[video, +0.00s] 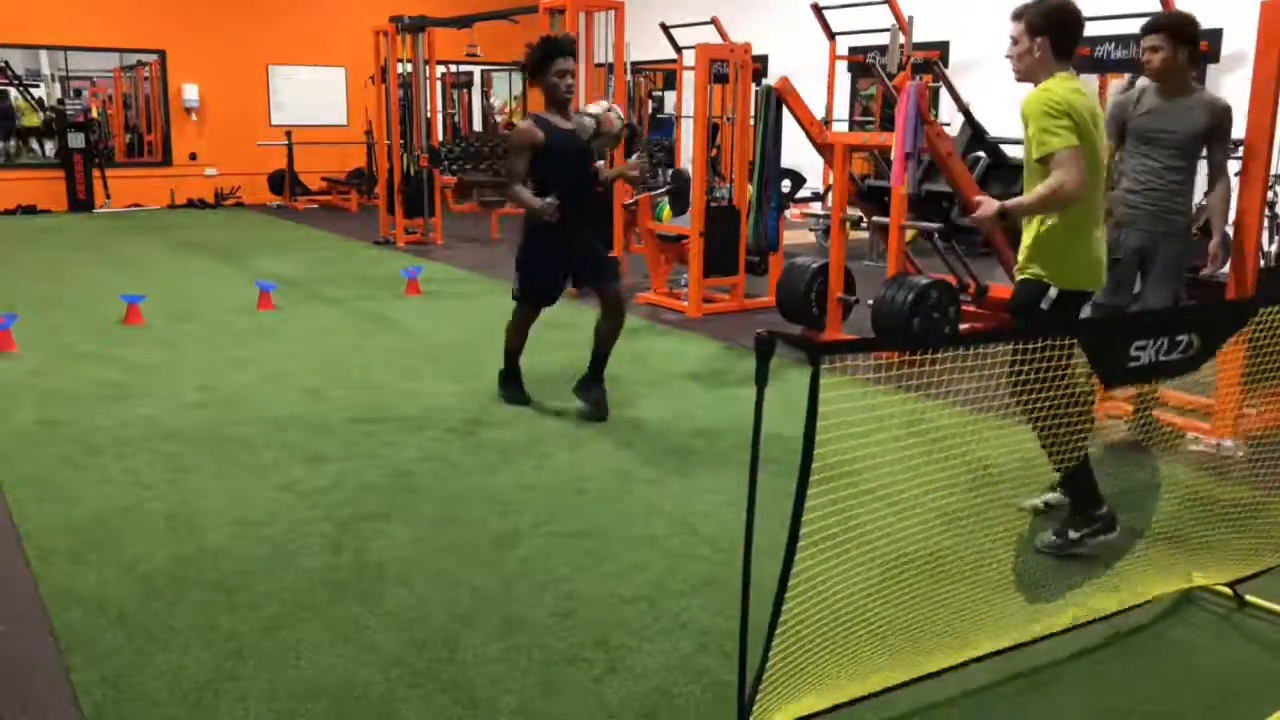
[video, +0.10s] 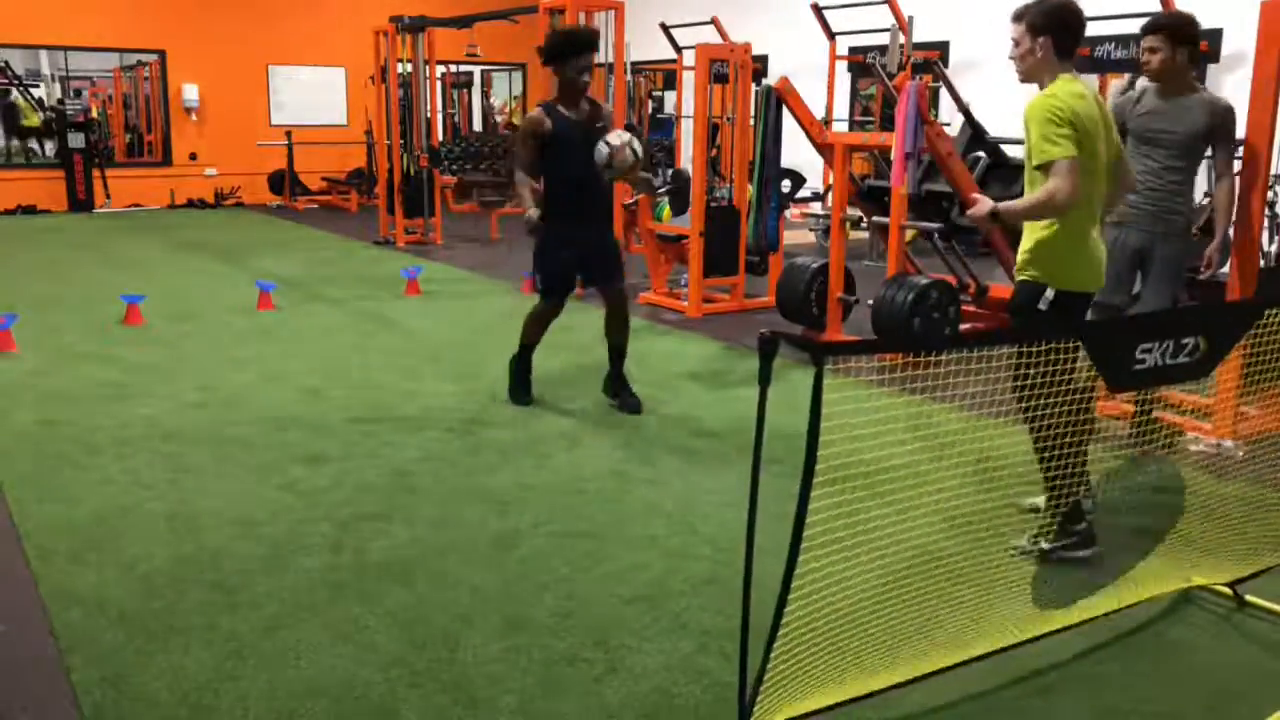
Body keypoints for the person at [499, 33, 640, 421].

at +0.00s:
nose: (568, 82)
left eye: (572, 75)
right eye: (560, 75)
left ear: (575, 79)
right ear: (540, 81)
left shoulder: (583, 126)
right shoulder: (528, 131)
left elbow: (588, 177)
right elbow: (515, 185)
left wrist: (621, 171)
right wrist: (537, 205)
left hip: (586, 233)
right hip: (547, 234)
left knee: (615, 304)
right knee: (528, 310)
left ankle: (593, 380)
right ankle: (510, 374)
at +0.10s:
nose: (586, 78)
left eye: (590, 70)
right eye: (579, 70)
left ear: (592, 70)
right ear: (556, 71)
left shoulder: (600, 115)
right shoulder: (538, 122)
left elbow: (622, 164)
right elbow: (522, 173)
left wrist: (630, 165)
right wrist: (530, 208)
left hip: (598, 226)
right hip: (557, 228)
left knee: (617, 300)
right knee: (551, 304)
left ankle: (616, 376)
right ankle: (522, 362)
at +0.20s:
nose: (604, 98)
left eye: (608, 90)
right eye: (597, 90)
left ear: (610, 89)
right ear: (577, 87)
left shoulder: (612, 127)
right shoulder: (547, 129)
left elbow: (614, 171)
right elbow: (523, 171)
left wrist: (636, 184)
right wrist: (521, 216)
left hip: (603, 224)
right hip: (566, 225)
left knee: (621, 301)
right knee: (589, 304)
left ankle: (620, 381)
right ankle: (554, 351)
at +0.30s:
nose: (616, 104)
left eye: (619, 96)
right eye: (610, 96)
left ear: (621, 98)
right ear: (589, 96)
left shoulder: (624, 138)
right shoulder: (557, 135)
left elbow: (634, 181)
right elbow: (525, 175)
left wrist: (645, 203)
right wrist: (515, 225)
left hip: (604, 226)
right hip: (569, 226)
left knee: (624, 296)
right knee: (613, 288)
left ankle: (620, 379)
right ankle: (599, 366)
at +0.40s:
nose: (615, 108)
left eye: (619, 100)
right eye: (608, 100)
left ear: (624, 100)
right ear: (589, 97)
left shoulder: (627, 139)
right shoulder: (558, 133)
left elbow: (633, 183)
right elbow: (527, 168)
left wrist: (640, 214)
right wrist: (522, 210)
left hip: (603, 220)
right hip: (567, 220)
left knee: (629, 291)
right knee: (609, 271)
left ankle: (626, 379)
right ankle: (646, 351)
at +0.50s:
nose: (615, 117)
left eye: (620, 109)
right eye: (607, 109)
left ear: (626, 109)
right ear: (587, 108)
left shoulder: (629, 152)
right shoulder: (560, 147)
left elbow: (631, 199)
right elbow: (533, 182)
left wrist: (635, 232)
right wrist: (527, 216)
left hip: (603, 228)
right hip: (565, 229)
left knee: (635, 288)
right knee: (609, 278)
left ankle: (658, 369)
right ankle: (633, 368)